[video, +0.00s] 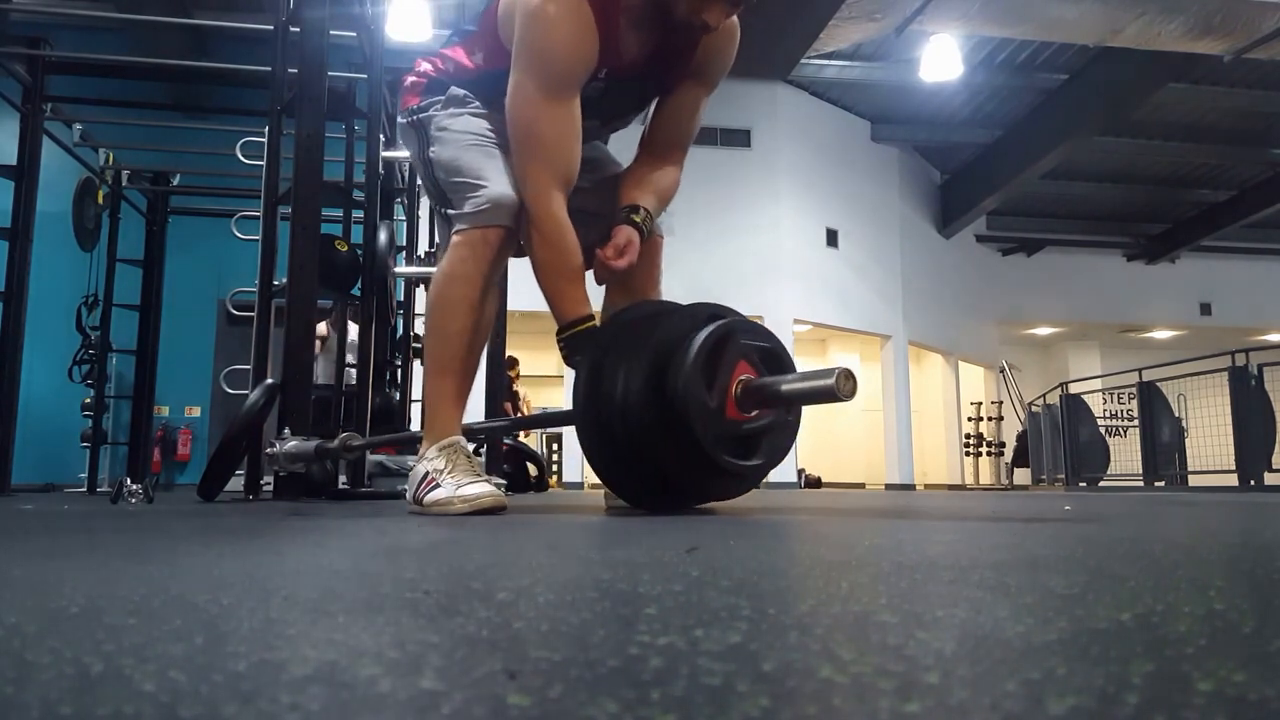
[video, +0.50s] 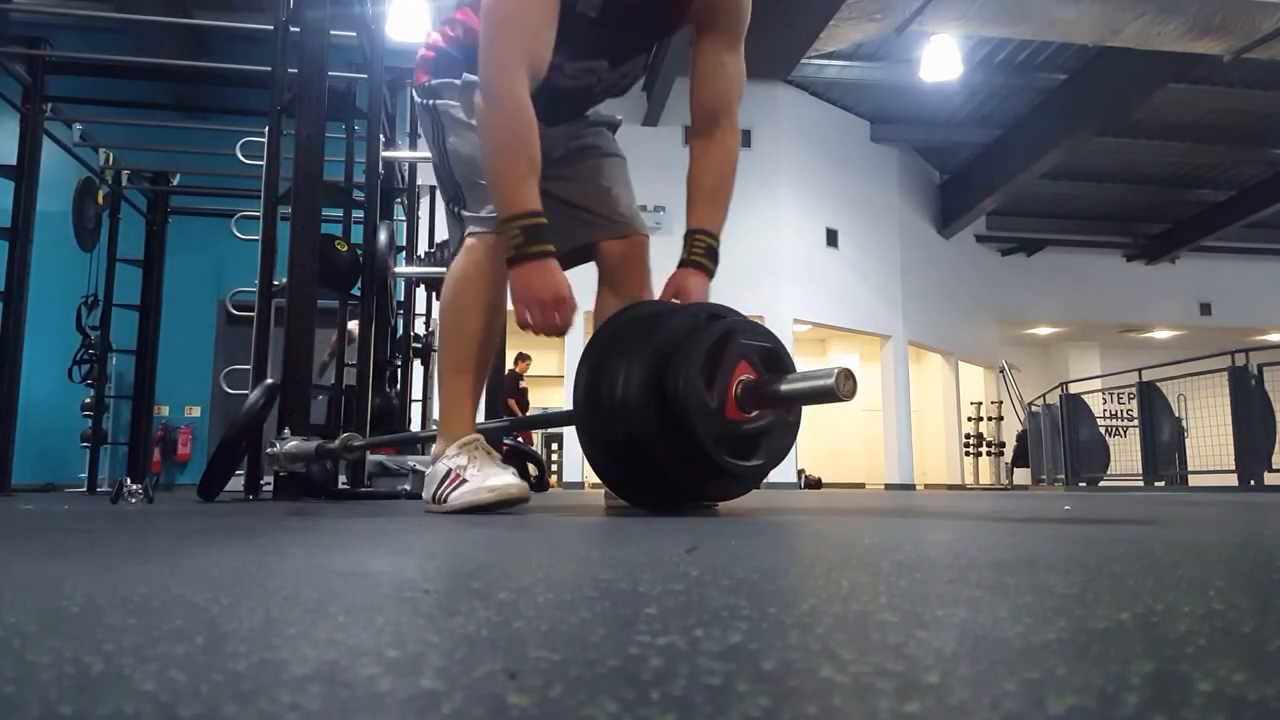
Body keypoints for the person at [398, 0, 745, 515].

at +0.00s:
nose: (723, 15)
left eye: (734, 7)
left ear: (735, 7)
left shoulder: (718, 33)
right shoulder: (561, 14)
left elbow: (663, 155)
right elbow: (544, 192)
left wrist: (634, 217)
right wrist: (584, 346)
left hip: (564, 116)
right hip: (461, 94)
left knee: (642, 239)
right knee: (494, 209)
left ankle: (639, 459)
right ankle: (441, 453)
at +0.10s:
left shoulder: (719, 21)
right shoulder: (564, 9)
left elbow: (669, 149)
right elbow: (548, 179)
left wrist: (642, 225)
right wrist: (583, 331)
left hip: (576, 117)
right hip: (469, 92)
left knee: (647, 240)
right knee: (497, 210)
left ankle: (641, 461)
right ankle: (442, 453)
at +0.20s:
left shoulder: (721, 15)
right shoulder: (561, 4)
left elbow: (678, 146)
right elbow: (544, 154)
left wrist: (650, 240)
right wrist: (579, 318)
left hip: (582, 117)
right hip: (473, 87)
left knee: (642, 252)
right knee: (499, 206)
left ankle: (634, 461)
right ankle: (455, 450)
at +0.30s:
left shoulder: (723, 10)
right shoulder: (553, 4)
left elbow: (693, 143)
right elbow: (531, 126)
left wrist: (664, 264)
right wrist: (565, 295)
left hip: (582, 111)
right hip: (475, 83)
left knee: (639, 247)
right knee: (497, 220)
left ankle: (629, 464)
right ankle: (459, 452)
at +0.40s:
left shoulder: (723, 5)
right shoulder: (535, 2)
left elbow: (707, 135)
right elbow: (516, 100)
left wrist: (684, 268)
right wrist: (547, 270)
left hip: (576, 107)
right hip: (473, 76)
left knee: (631, 241)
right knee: (496, 225)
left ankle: (630, 463)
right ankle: (456, 449)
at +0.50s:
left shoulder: (723, 3)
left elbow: (715, 124)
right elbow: (503, 88)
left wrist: (698, 259)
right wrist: (528, 248)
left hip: (572, 102)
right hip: (470, 73)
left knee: (627, 244)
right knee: (495, 230)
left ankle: (631, 461)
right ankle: (456, 449)